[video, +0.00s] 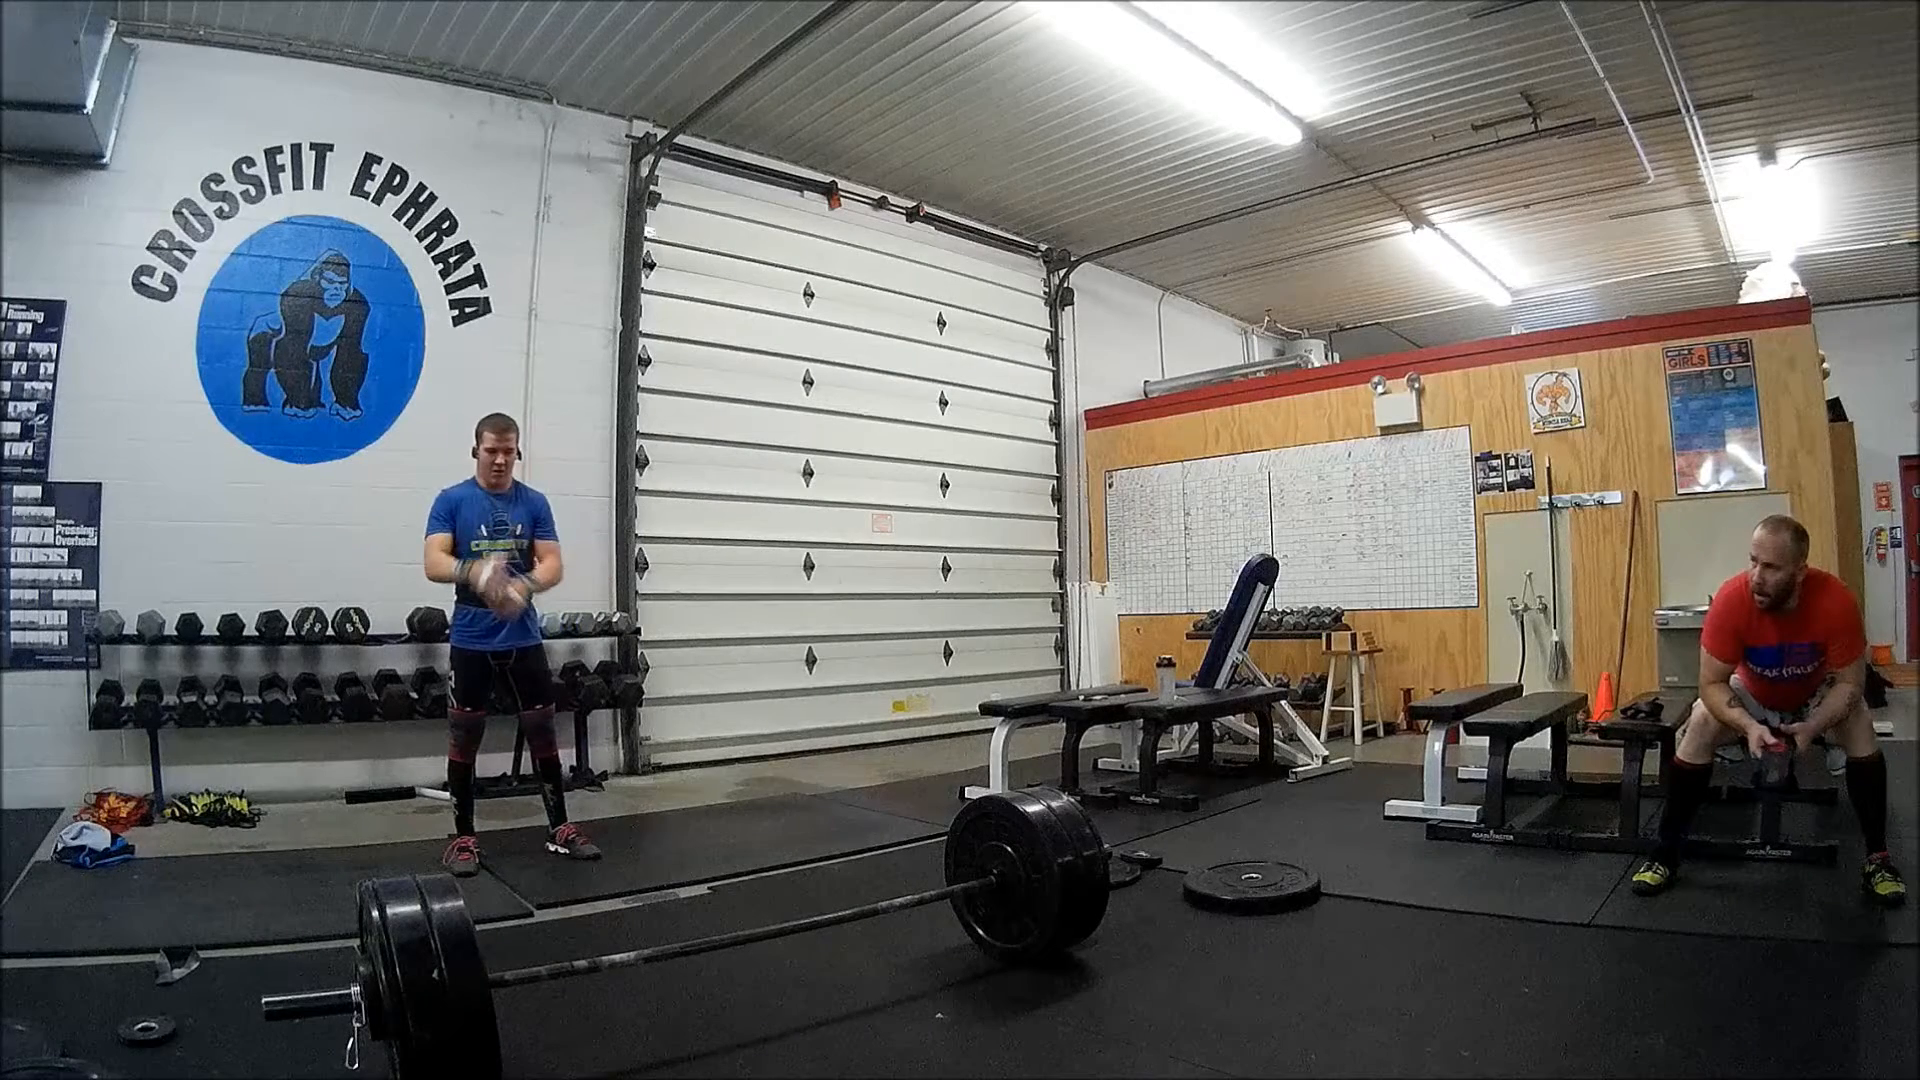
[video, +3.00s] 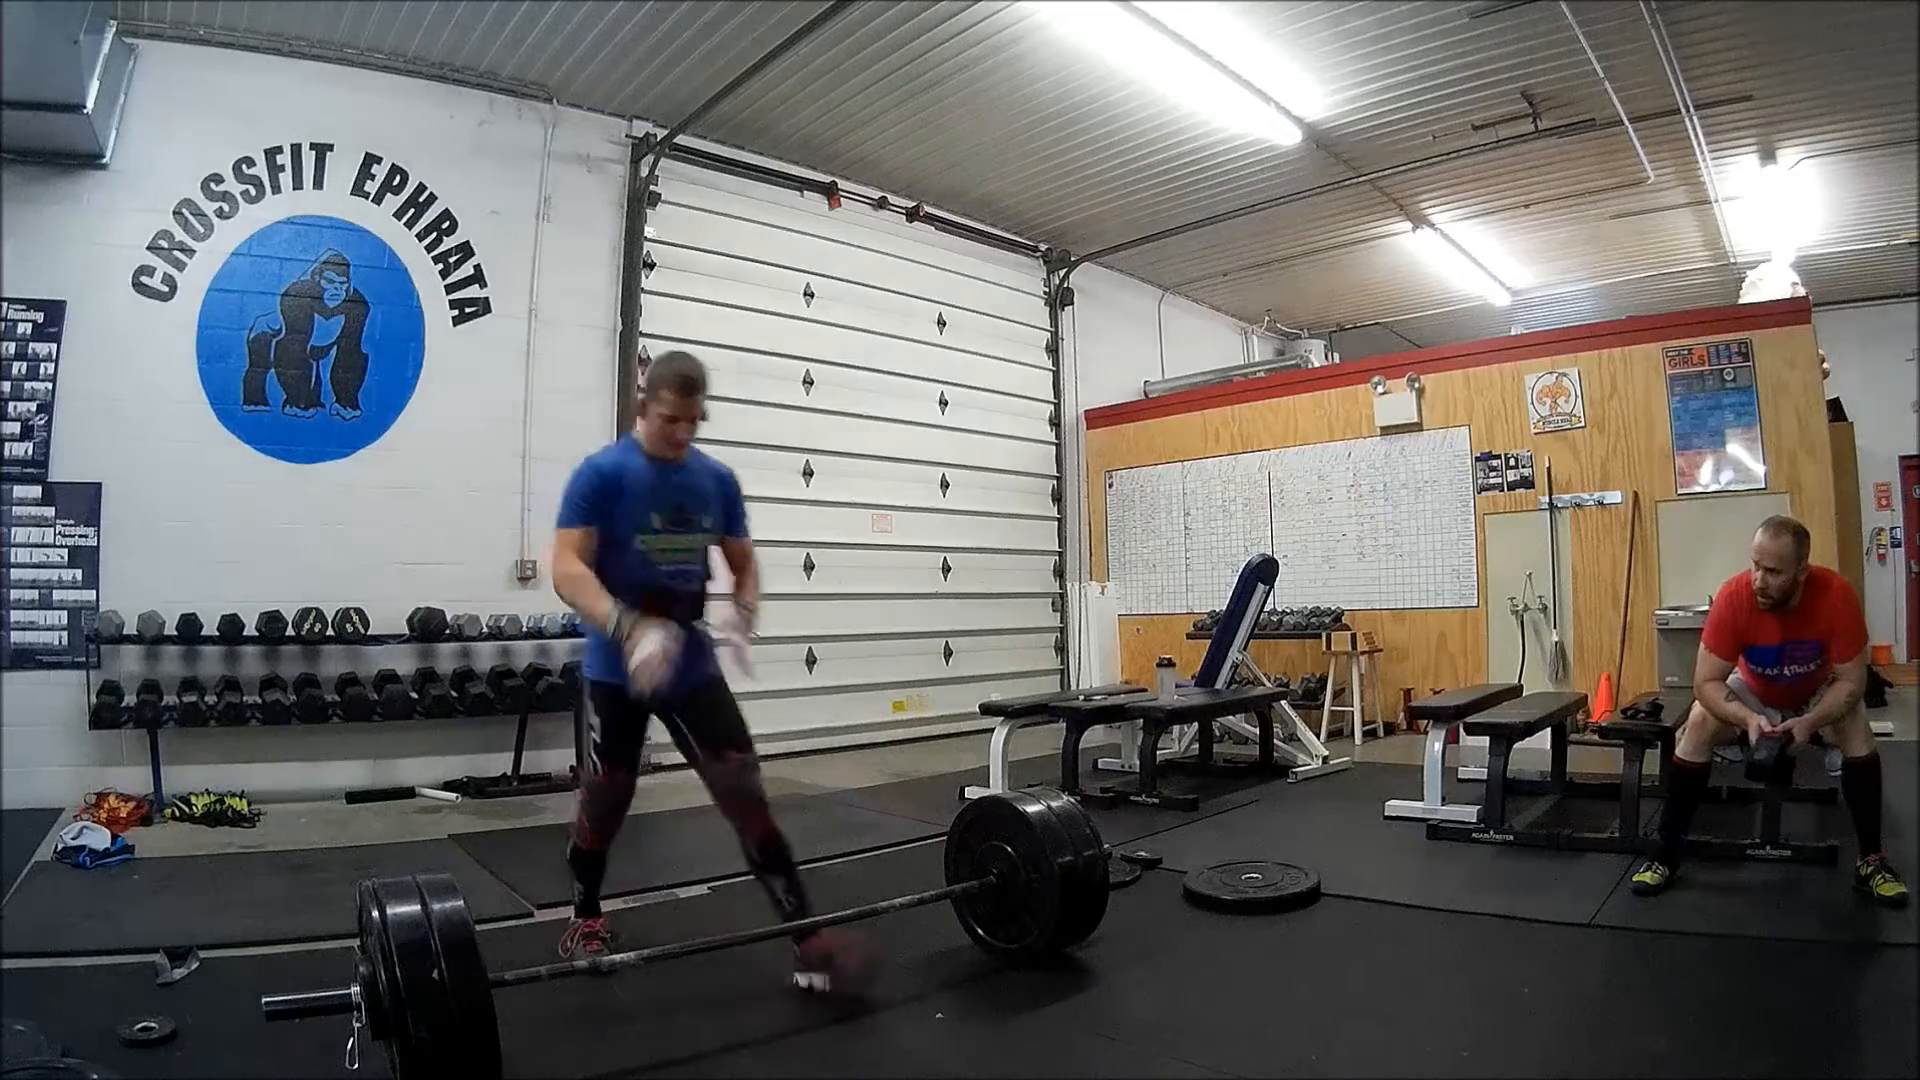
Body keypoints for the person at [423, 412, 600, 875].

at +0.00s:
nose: (499, 460)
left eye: (507, 452)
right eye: (491, 451)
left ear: (518, 453)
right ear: (476, 451)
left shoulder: (534, 503)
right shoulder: (451, 501)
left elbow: (552, 567)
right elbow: (433, 563)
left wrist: (524, 585)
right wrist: (474, 572)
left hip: (524, 641)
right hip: (471, 643)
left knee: (541, 728)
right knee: (465, 734)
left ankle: (560, 827)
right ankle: (464, 836)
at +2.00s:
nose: (538, 464)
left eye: (546, 456)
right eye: (530, 454)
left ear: (554, 457)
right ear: (510, 453)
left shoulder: (564, 507)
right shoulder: (481, 499)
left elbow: (594, 572)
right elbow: (463, 565)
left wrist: (554, 609)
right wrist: (529, 596)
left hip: (548, 648)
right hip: (492, 650)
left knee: (574, 740)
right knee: (479, 742)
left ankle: (597, 854)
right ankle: (467, 838)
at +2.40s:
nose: (598, 441)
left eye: (606, 431)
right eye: (588, 431)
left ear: (616, 429)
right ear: (567, 429)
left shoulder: (629, 491)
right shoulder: (534, 483)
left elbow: (655, 565)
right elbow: (510, 557)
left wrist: (622, 584)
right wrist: (575, 570)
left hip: (607, 649)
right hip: (550, 649)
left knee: (603, 757)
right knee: (547, 758)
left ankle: (600, 860)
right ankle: (550, 878)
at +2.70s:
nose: (608, 431)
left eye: (618, 420)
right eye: (596, 420)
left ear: (629, 417)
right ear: (572, 416)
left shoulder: (652, 477)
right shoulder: (543, 480)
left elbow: (671, 566)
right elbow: (541, 566)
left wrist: (621, 563)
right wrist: (589, 536)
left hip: (636, 647)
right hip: (575, 651)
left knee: (669, 768)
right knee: (577, 779)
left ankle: (612, 842)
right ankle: (581, 916)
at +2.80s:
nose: (624, 423)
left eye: (634, 411)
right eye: (613, 411)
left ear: (643, 408)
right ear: (587, 406)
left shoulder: (665, 469)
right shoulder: (555, 470)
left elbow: (689, 561)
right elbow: (555, 560)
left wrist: (644, 567)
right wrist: (625, 540)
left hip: (652, 646)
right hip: (585, 654)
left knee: (705, 759)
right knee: (582, 786)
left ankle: (648, 864)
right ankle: (580, 917)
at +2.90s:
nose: (648, 422)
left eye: (658, 410)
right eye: (635, 409)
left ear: (669, 408)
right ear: (610, 404)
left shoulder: (687, 473)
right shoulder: (573, 469)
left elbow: (712, 557)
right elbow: (559, 562)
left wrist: (699, 583)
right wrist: (634, 575)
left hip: (668, 653)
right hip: (598, 658)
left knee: (727, 760)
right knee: (593, 788)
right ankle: (583, 919)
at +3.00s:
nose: (683, 433)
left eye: (693, 420)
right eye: (671, 419)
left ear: (703, 416)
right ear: (642, 409)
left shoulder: (714, 481)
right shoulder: (601, 477)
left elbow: (744, 566)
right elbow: (565, 568)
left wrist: (740, 616)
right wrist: (627, 627)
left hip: (690, 658)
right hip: (616, 664)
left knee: (741, 788)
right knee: (607, 794)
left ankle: (808, 939)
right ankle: (586, 916)